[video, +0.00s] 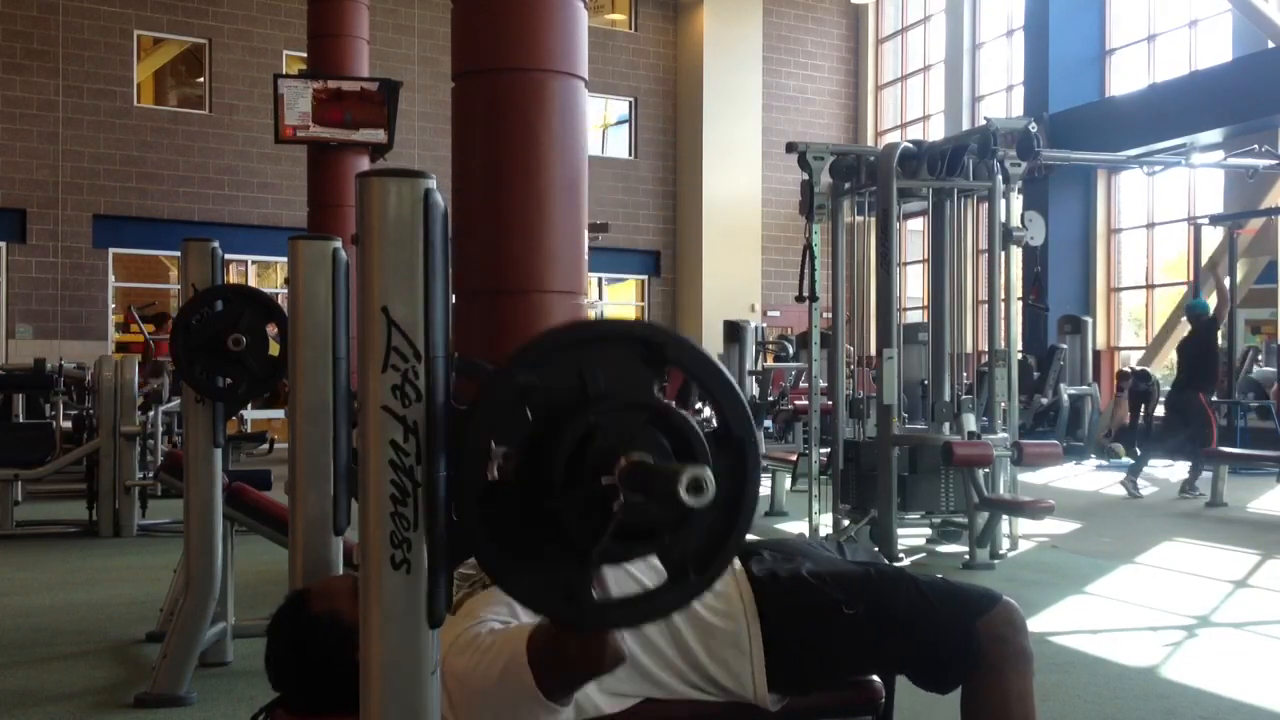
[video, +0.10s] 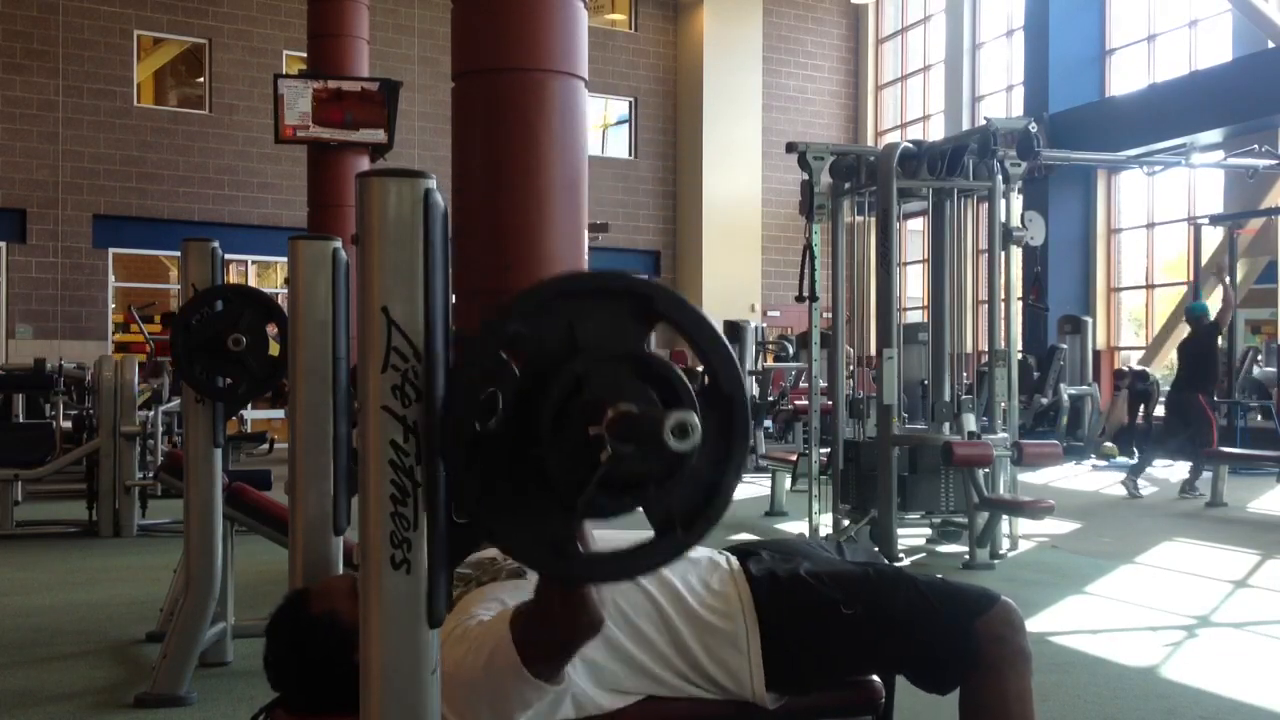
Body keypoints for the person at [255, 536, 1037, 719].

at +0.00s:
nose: (371, 580)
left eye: (358, 580)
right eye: (355, 595)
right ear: (356, 648)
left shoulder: (449, 627)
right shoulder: (447, 671)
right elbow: (581, 649)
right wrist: (609, 516)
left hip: (721, 594)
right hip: (740, 615)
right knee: (991, 625)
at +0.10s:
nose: (373, 582)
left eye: (360, 582)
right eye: (357, 597)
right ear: (358, 652)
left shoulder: (453, 625)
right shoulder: (446, 679)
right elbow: (563, 617)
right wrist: (539, 498)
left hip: (720, 586)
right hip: (744, 614)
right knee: (988, 625)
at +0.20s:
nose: (366, 576)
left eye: (353, 578)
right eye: (352, 593)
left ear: (372, 595)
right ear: (354, 647)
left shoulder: (452, 611)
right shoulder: (451, 685)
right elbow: (543, 590)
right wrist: (537, 456)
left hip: (729, 571)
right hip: (746, 618)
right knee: (988, 627)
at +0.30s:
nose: (367, 574)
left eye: (352, 575)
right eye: (352, 589)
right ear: (357, 646)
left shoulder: (465, 639)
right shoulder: (464, 689)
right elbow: (529, 544)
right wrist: (520, 375)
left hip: (736, 576)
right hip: (752, 617)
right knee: (989, 628)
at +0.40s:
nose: (366, 572)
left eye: (350, 572)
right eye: (351, 591)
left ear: (353, 651)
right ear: (362, 644)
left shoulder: (465, 642)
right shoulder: (471, 681)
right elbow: (516, 518)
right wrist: (504, 344)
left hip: (727, 578)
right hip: (750, 612)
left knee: (869, 683)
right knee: (990, 629)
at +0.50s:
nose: (370, 571)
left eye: (354, 572)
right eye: (357, 588)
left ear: (351, 655)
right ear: (363, 649)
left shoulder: (449, 630)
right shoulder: (469, 677)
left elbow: (488, 479)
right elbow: (491, 487)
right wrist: (506, 311)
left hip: (727, 571)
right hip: (751, 615)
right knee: (989, 627)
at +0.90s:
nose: (361, 572)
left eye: (343, 572)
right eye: (347, 588)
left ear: (351, 645)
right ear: (359, 641)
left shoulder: (446, 624)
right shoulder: (469, 672)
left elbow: (492, 474)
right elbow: (486, 496)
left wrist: (532, 305)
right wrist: (522, 314)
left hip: (723, 573)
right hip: (749, 613)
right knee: (989, 627)